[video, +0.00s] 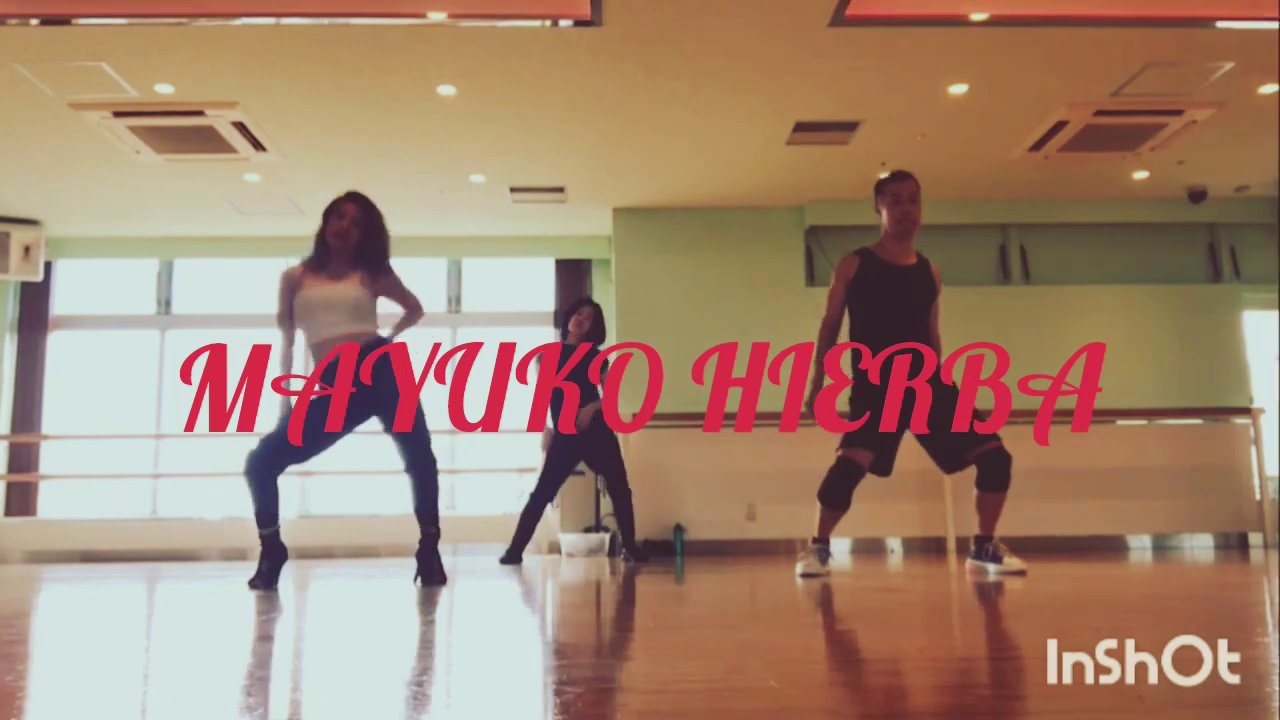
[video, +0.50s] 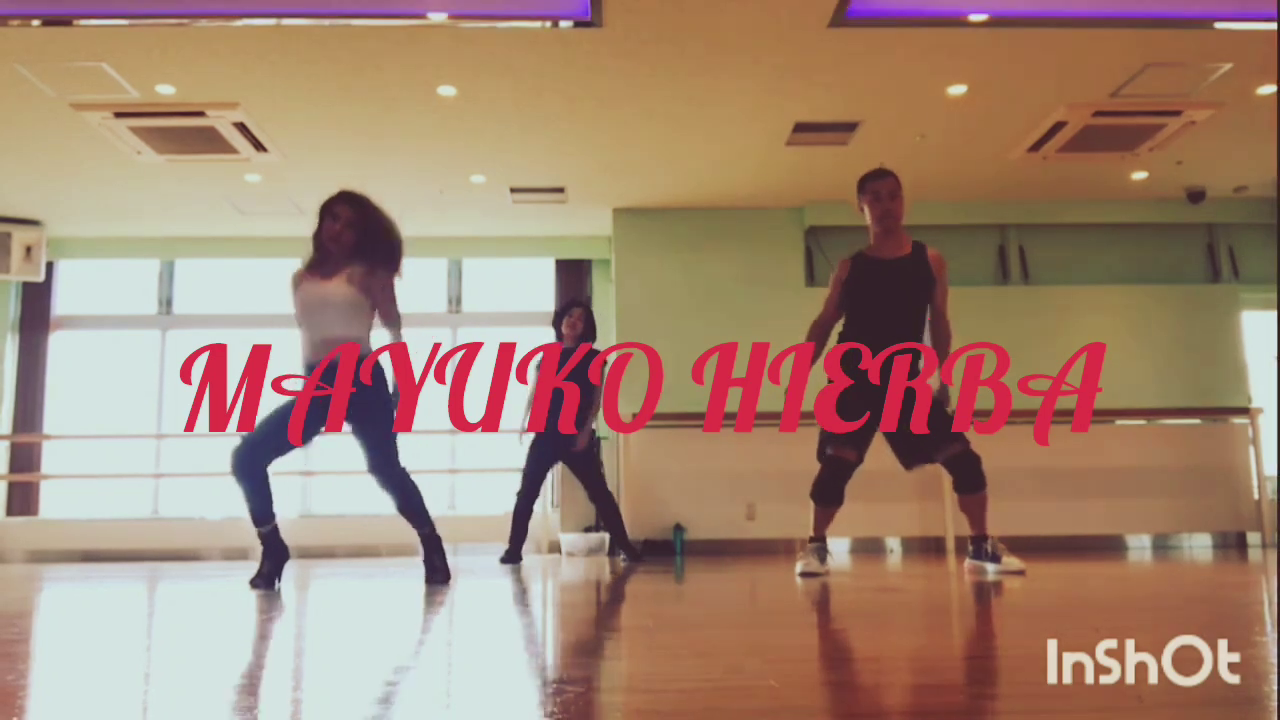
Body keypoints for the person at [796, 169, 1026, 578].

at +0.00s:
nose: (905, 208)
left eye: (912, 200)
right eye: (895, 200)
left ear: (921, 208)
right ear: (878, 209)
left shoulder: (929, 271)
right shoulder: (855, 265)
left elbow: (933, 336)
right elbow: (829, 327)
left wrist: (936, 383)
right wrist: (818, 383)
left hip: (925, 386)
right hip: (875, 387)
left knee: (995, 459)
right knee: (850, 465)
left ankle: (985, 547)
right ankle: (819, 546)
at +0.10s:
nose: (903, 201)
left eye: (910, 193)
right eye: (893, 193)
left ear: (920, 202)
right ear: (878, 201)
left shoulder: (927, 264)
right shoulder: (853, 256)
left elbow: (932, 330)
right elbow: (825, 316)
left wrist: (936, 378)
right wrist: (811, 372)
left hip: (923, 381)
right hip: (872, 382)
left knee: (985, 454)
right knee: (848, 458)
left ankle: (985, 545)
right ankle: (818, 545)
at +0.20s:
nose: (900, 194)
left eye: (907, 186)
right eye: (890, 187)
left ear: (917, 194)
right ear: (875, 195)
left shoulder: (927, 258)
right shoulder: (851, 251)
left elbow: (932, 321)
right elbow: (823, 308)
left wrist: (933, 370)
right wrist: (807, 362)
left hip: (920, 377)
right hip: (868, 376)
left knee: (976, 454)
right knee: (841, 456)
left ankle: (984, 545)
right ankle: (817, 545)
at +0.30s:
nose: (895, 192)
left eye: (902, 184)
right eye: (886, 184)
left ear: (912, 192)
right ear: (870, 192)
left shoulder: (926, 253)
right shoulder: (849, 249)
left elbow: (932, 316)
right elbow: (822, 306)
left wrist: (932, 368)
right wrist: (806, 355)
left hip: (916, 375)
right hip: (863, 373)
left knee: (968, 455)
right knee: (837, 455)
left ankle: (983, 545)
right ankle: (816, 545)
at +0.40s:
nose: (889, 194)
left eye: (896, 185)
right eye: (879, 187)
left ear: (907, 193)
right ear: (865, 195)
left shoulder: (928, 253)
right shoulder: (849, 254)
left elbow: (934, 314)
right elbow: (823, 308)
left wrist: (931, 369)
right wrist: (805, 357)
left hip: (914, 379)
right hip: (861, 378)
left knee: (965, 458)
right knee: (837, 456)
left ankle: (982, 545)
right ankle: (816, 545)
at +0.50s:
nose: (885, 205)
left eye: (892, 196)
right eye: (875, 198)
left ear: (904, 203)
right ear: (861, 207)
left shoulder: (929, 261)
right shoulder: (850, 267)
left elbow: (939, 322)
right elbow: (825, 320)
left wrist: (942, 375)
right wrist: (806, 361)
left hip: (910, 384)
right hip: (857, 385)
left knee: (965, 463)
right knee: (836, 466)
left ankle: (982, 545)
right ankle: (816, 545)